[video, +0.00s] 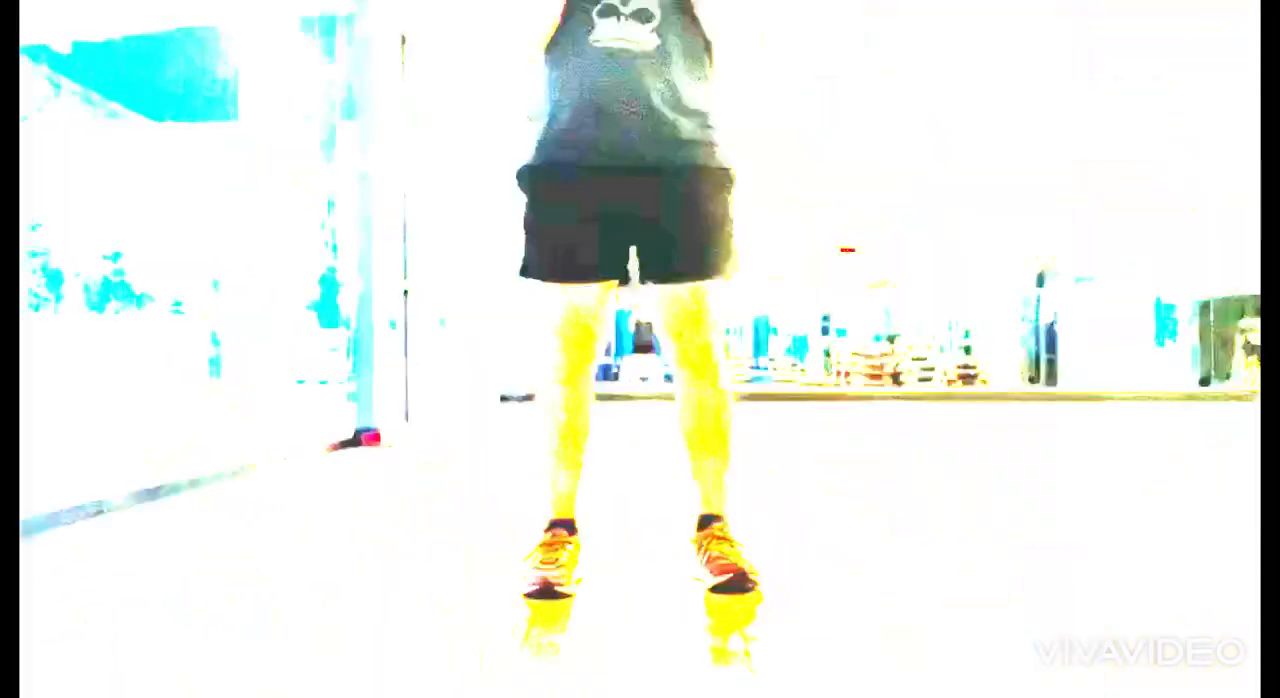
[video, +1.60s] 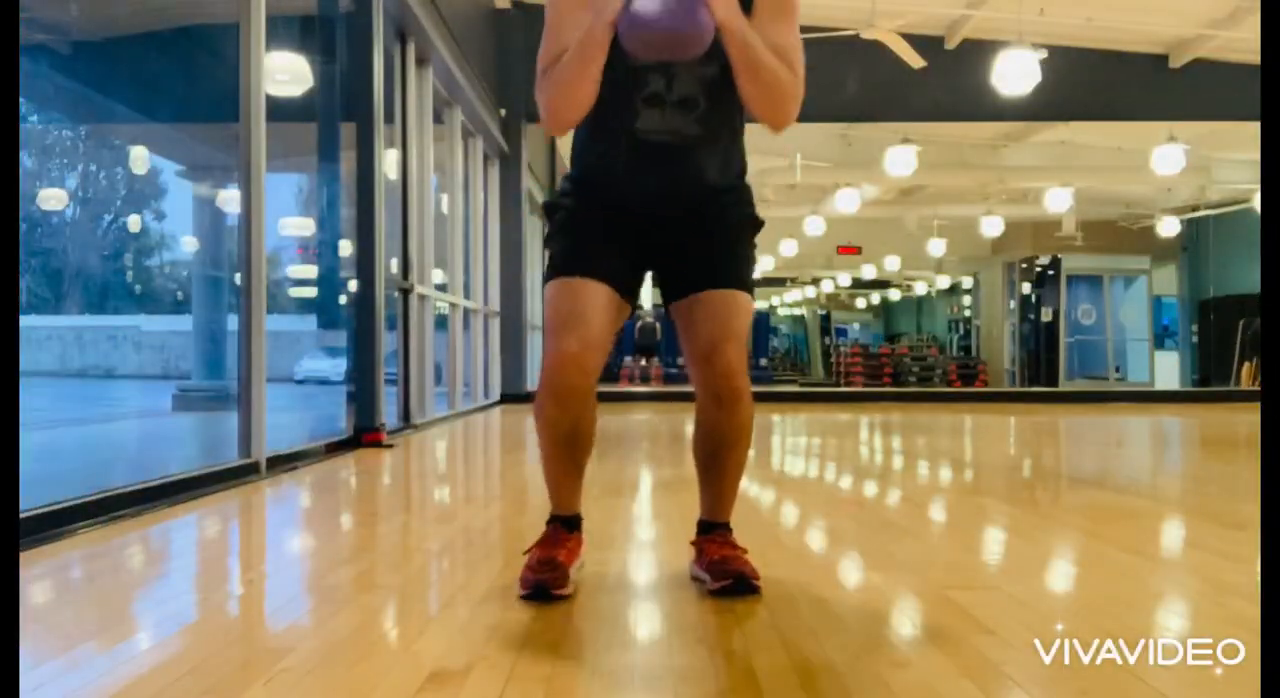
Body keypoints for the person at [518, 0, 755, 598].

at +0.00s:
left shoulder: (685, 11)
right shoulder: (564, 10)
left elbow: (712, 54)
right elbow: (529, 39)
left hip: (683, 157)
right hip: (575, 156)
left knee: (697, 351)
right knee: (571, 354)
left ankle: (715, 528)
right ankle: (560, 533)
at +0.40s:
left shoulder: (730, 3)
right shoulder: (552, 2)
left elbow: (748, 103)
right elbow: (537, 111)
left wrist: (695, 12)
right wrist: (578, 15)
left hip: (689, 197)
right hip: (585, 196)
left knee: (720, 352)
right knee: (556, 353)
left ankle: (716, 536)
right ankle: (559, 533)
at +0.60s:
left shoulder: (729, 71)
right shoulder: (556, 70)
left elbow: (744, 201)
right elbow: (532, 206)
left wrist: (696, 106)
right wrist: (579, 113)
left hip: (687, 272)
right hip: (585, 271)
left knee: (726, 368)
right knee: (546, 374)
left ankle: (716, 536)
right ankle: (559, 536)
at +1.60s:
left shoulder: (763, 1)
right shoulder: (577, 2)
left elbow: (780, 108)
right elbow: (556, 114)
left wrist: (726, 14)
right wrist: (604, 14)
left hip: (709, 205)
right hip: (601, 202)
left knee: (726, 377)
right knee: (566, 366)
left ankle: (715, 537)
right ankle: (562, 528)